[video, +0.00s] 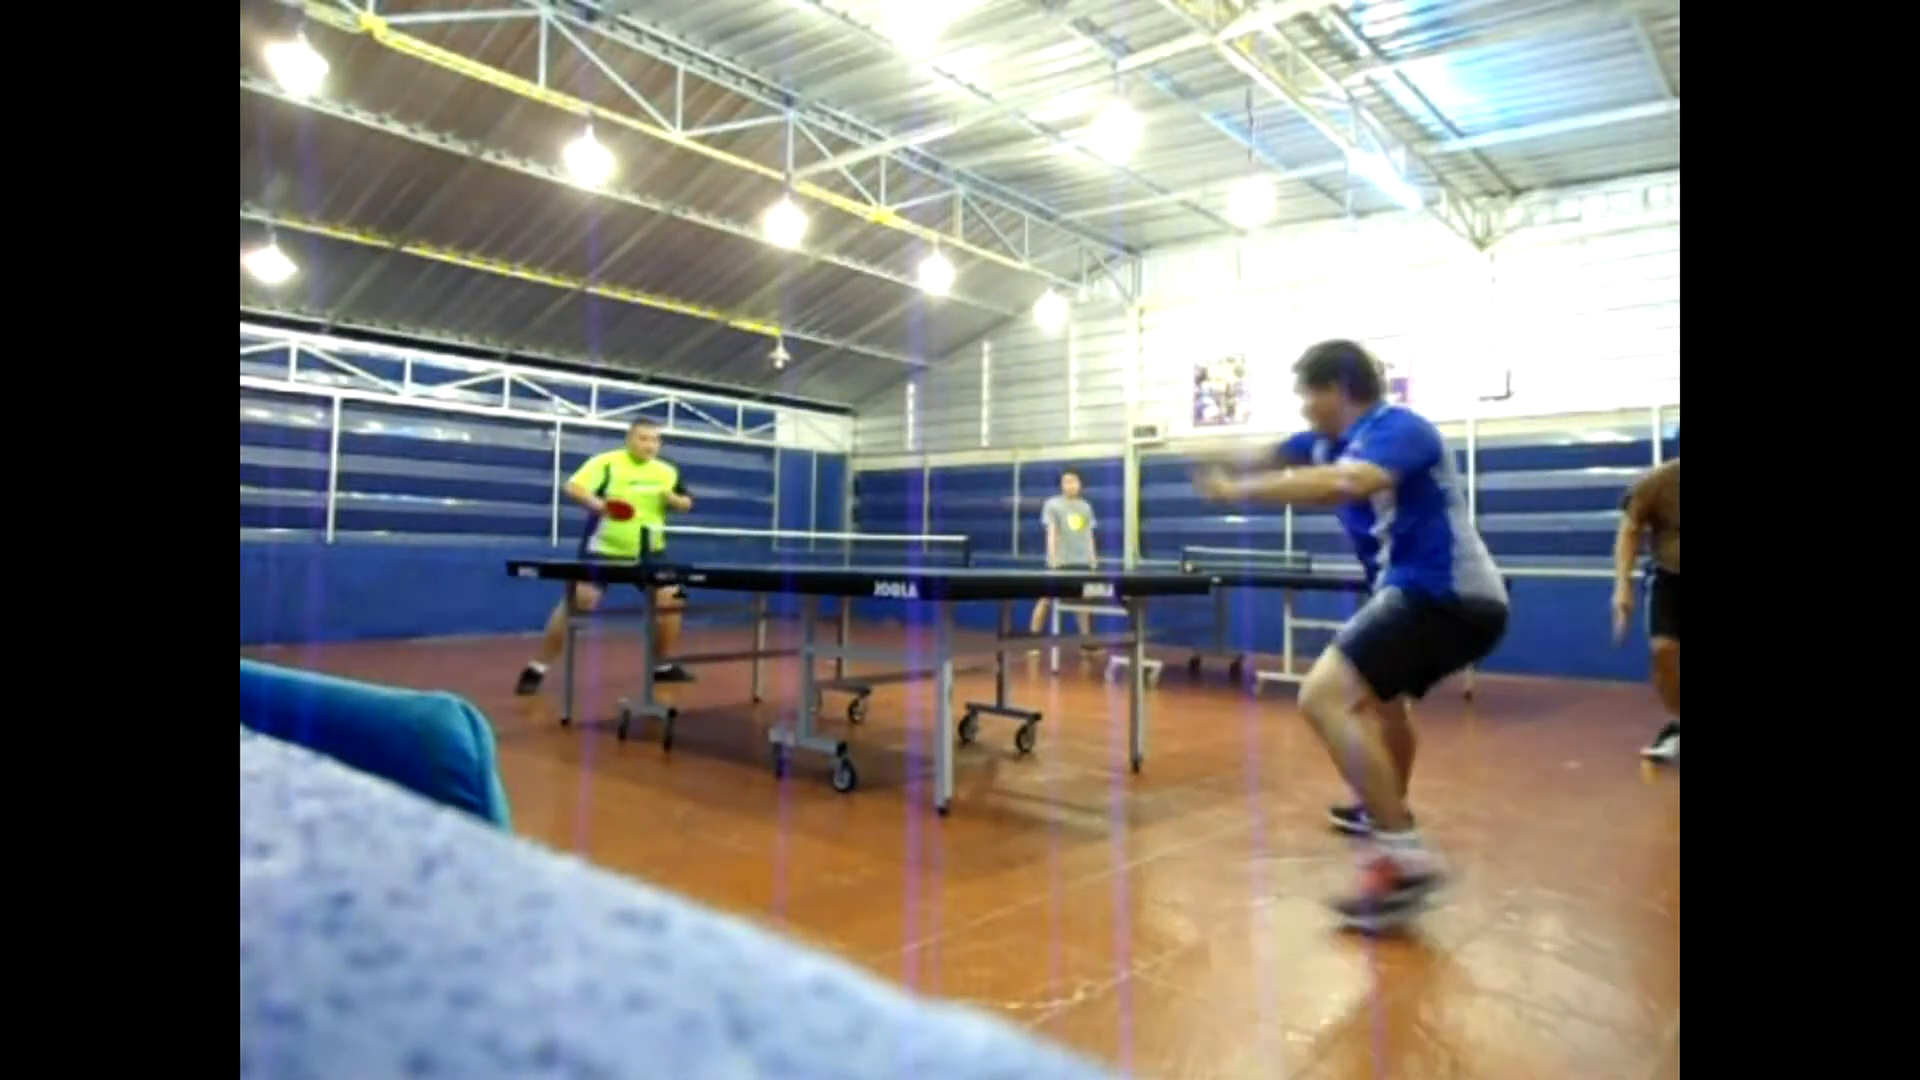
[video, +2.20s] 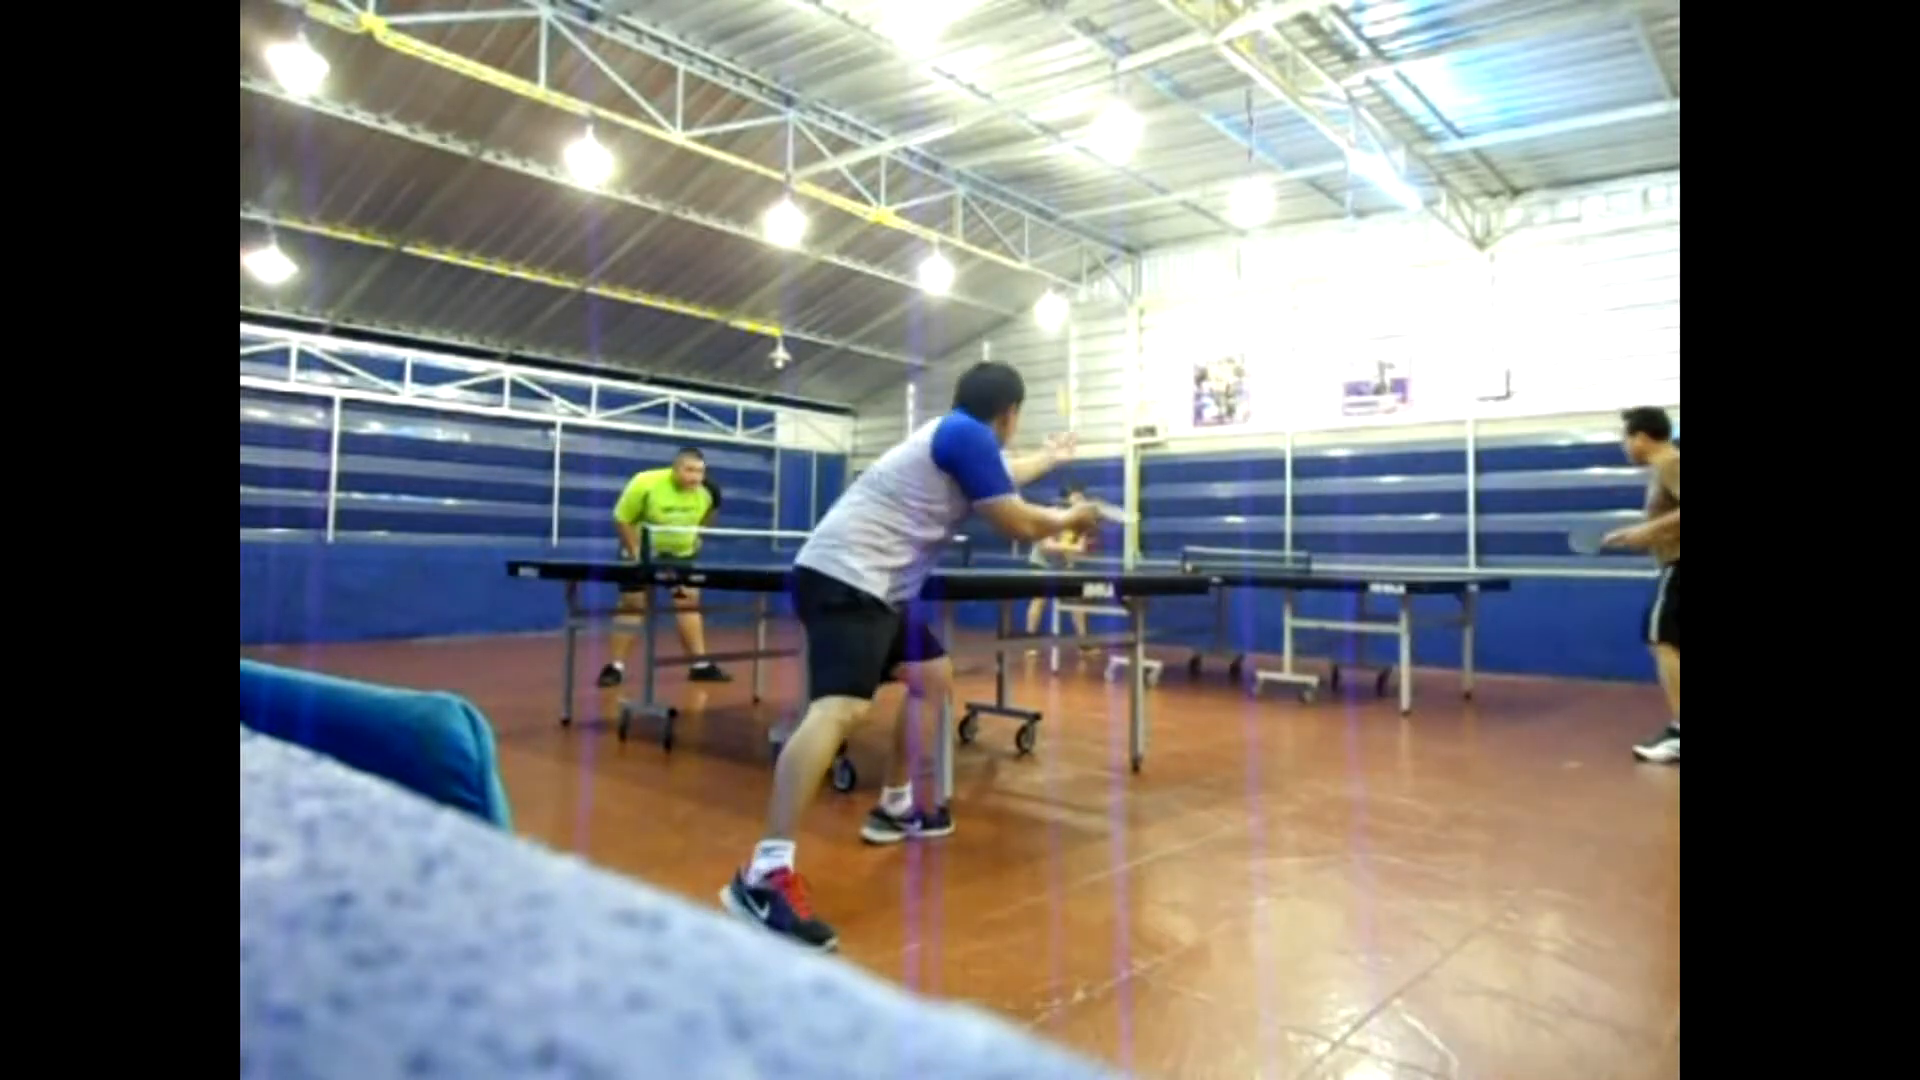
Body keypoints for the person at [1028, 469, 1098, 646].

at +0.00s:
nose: (1070, 486)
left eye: (1073, 481)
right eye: (1067, 482)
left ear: (1080, 484)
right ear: (1061, 485)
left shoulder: (1085, 507)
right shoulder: (1052, 505)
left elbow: (1089, 535)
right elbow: (1051, 532)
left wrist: (1092, 559)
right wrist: (1052, 558)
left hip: (1082, 561)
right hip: (1060, 561)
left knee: (1083, 601)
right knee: (1046, 599)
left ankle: (1086, 637)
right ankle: (1034, 635)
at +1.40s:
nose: (1074, 487)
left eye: (1077, 483)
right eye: (1070, 483)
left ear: (1082, 487)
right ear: (1063, 485)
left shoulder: (1084, 508)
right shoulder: (1051, 504)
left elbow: (1086, 533)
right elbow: (1043, 532)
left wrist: (1089, 554)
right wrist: (1065, 543)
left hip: (1080, 560)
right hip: (1056, 560)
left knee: (1083, 600)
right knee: (1046, 598)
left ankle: (1085, 638)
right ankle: (1034, 635)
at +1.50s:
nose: (1086, 490)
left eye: (1089, 486)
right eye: (1083, 485)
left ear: (1092, 489)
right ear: (1075, 487)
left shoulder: (1086, 507)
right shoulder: (1063, 504)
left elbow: (1085, 531)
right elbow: (1065, 522)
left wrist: (1087, 553)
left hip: (1077, 558)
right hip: (1057, 557)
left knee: (1081, 599)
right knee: (1049, 597)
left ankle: (1086, 636)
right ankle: (1037, 633)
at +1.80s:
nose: (1083, 490)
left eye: (1085, 486)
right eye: (1079, 486)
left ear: (1088, 490)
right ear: (1071, 488)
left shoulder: (1085, 509)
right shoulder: (1057, 505)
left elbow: (1087, 532)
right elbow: (1045, 526)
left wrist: (1083, 553)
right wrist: (1065, 530)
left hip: (1076, 558)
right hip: (1053, 557)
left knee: (1084, 599)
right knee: (1043, 597)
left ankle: (1087, 637)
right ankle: (1031, 634)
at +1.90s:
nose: (1078, 492)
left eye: (1081, 488)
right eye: (1075, 487)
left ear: (1084, 492)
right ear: (1067, 489)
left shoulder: (1082, 509)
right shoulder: (1053, 506)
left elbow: (1084, 531)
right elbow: (1039, 529)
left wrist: (1076, 552)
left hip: (1069, 558)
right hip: (1048, 558)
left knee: (1078, 599)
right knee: (1039, 597)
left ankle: (1085, 637)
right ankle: (1030, 634)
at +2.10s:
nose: (1076, 495)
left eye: (1075, 489)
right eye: (1069, 489)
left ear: (1077, 494)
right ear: (1053, 492)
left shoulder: (1076, 517)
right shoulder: (1041, 517)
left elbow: (1081, 542)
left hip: (1068, 566)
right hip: (1042, 564)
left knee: (1076, 601)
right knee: (1037, 598)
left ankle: (1082, 638)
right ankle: (1030, 634)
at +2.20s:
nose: (1078, 503)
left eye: (1081, 499)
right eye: (1074, 499)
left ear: (1084, 500)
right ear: (1066, 500)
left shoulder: (1083, 522)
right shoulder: (1052, 517)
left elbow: (1081, 549)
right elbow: (1046, 545)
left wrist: (1057, 547)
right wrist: (1069, 549)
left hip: (1069, 564)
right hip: (1044, 564)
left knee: (1076, 600)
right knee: (1040, 598)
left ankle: (1083, 638)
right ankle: (1030, 635)